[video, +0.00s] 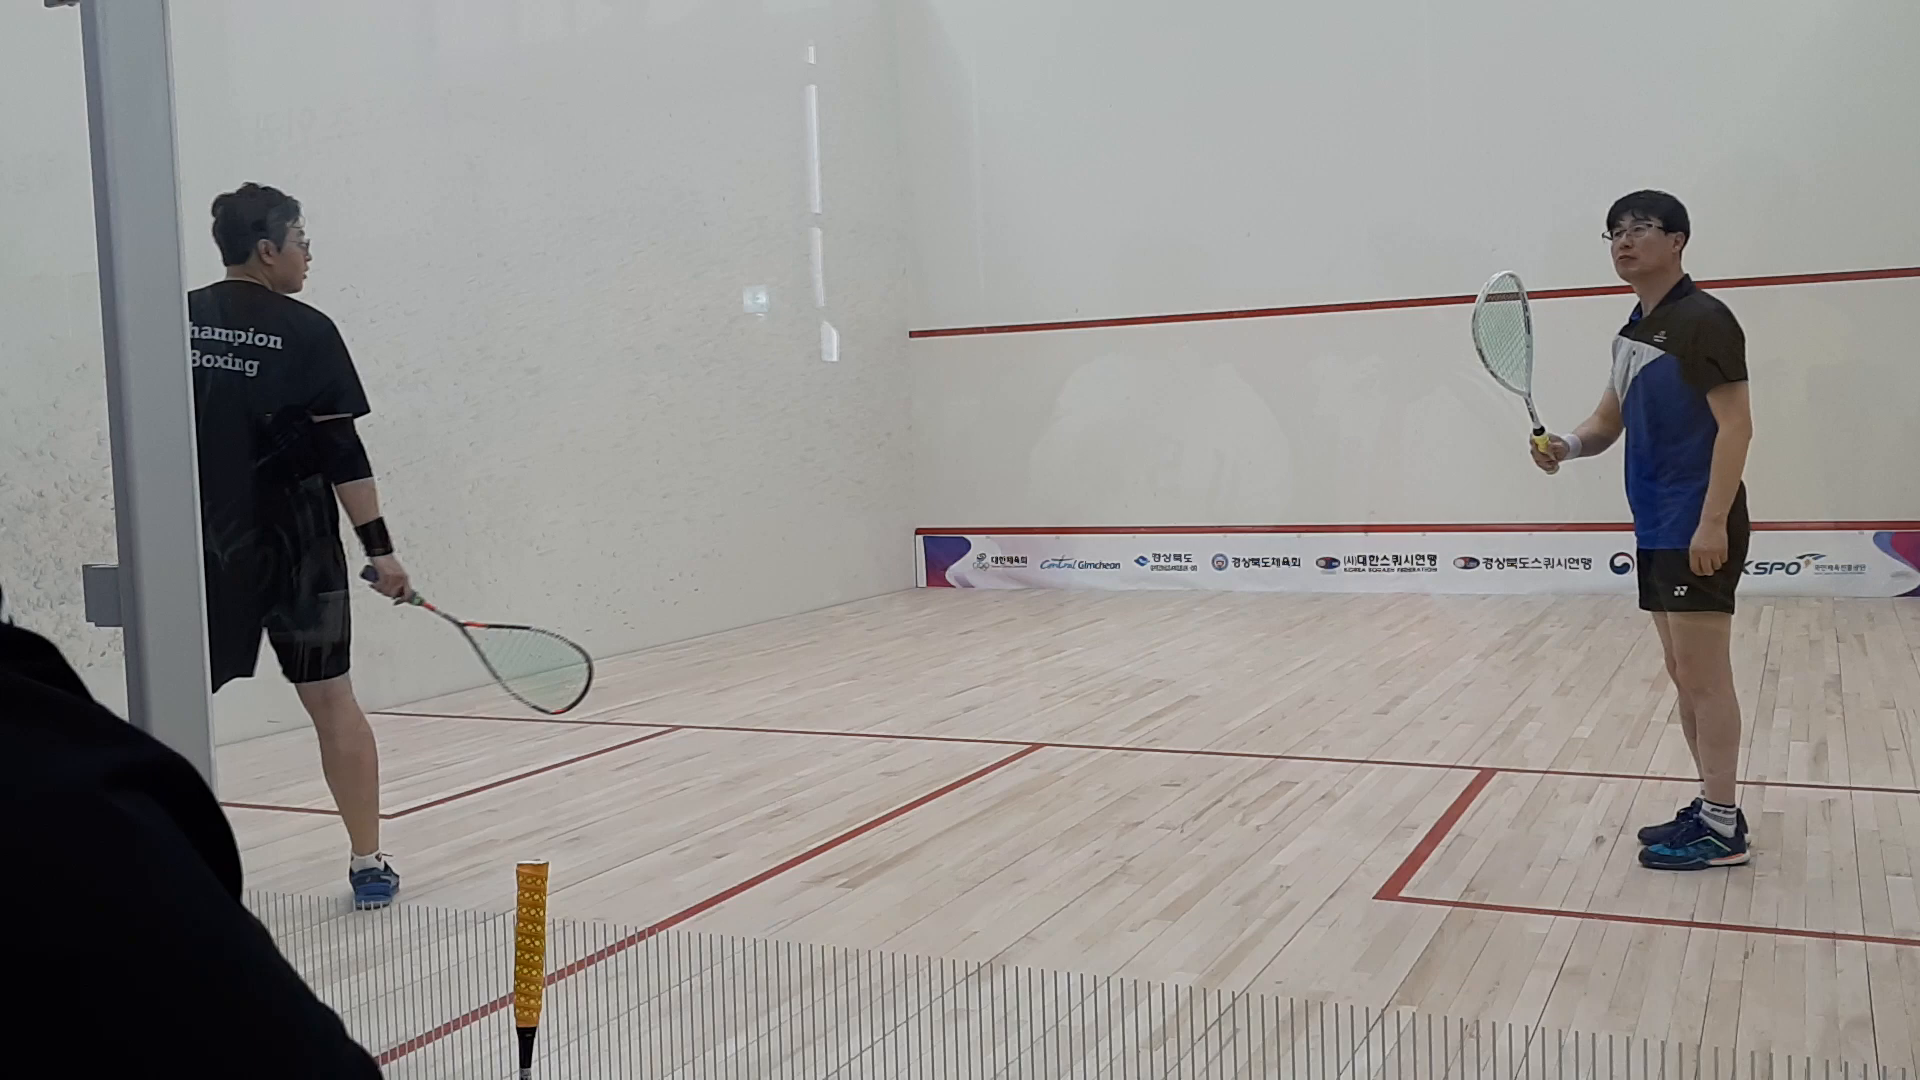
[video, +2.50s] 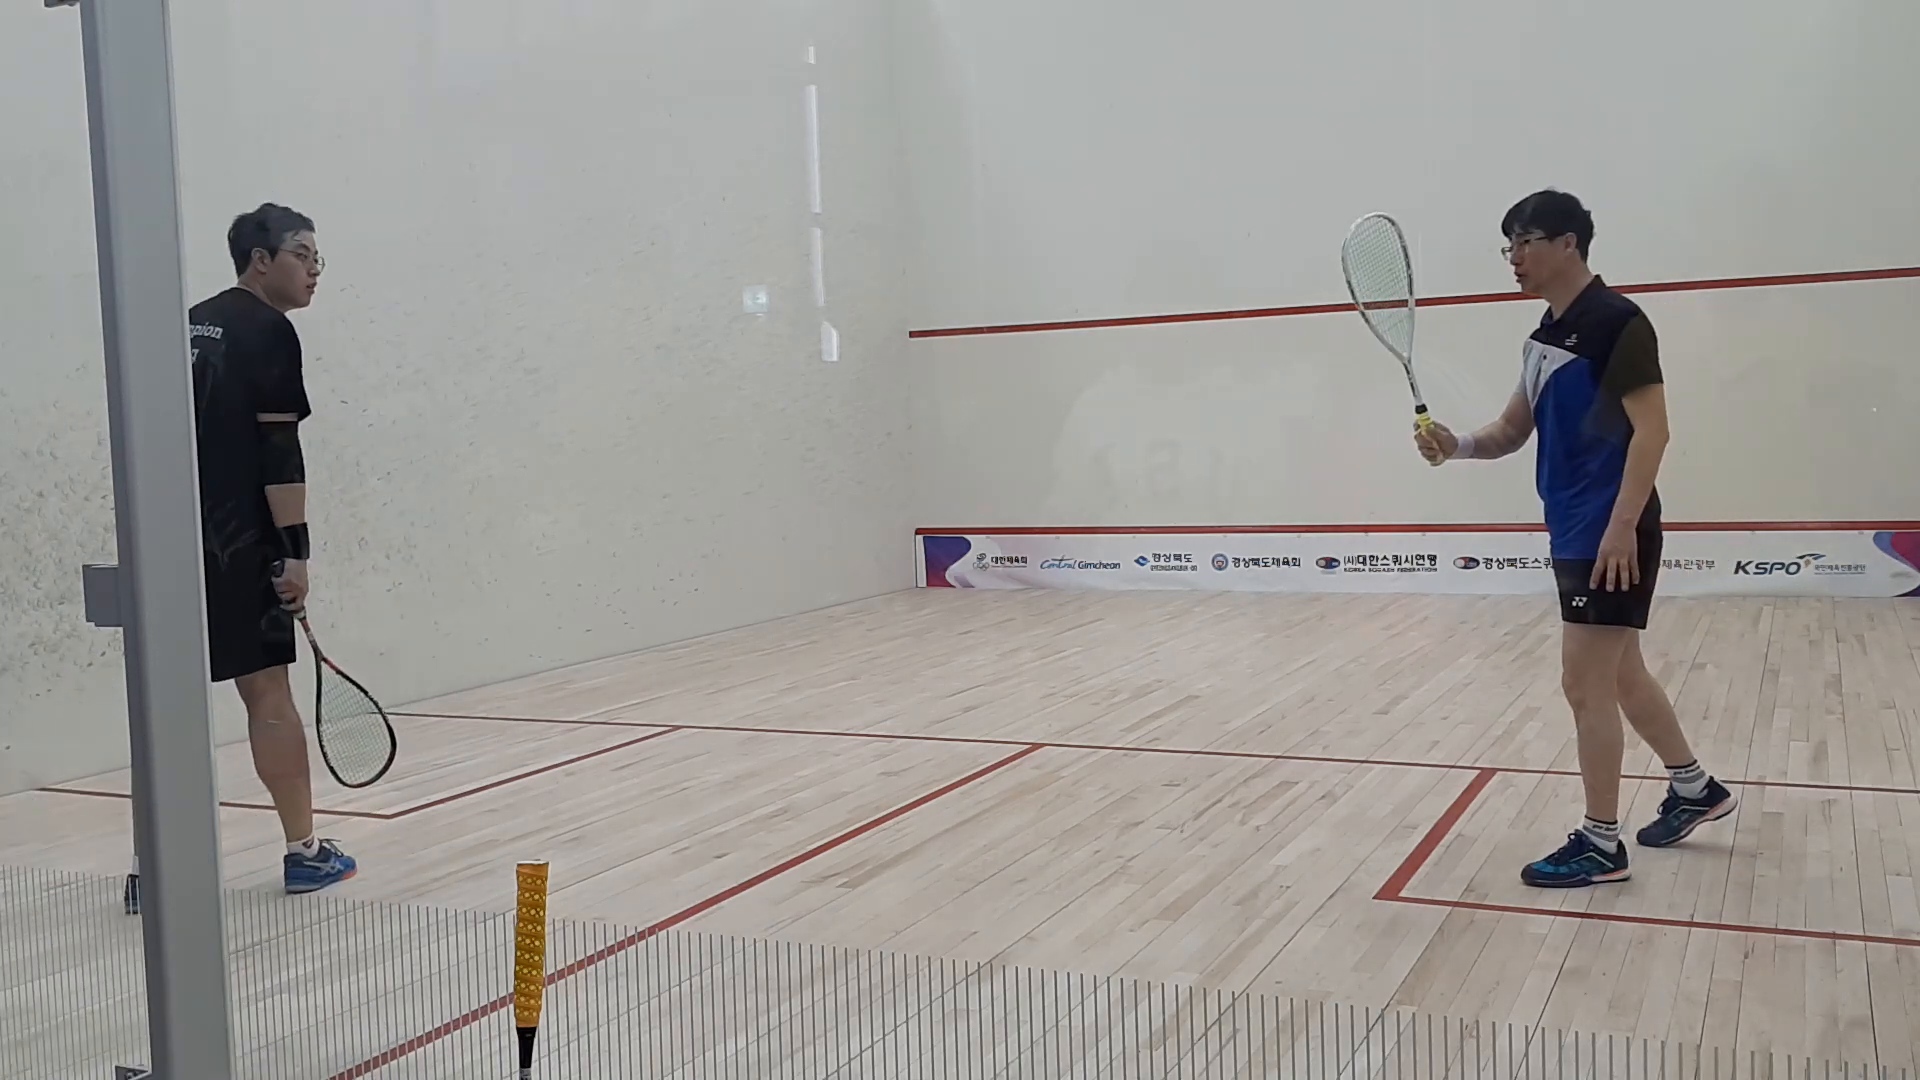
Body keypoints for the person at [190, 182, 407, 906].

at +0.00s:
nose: (309, 253)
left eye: (305, 239)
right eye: (300, 242)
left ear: (240, 252)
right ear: (264, 252)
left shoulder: (178, 316)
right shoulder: (308, 330)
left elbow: (152, 435)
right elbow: (343, 451)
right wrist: (381, 549)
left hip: (204, 546)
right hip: (300, 546)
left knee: (176, 703)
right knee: (333, 705)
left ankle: (155, 868)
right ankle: (368, 864)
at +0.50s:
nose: (411, 255)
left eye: (410, 241)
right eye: (405, 241)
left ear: (342, 242)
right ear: (373, 243)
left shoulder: (269, 296)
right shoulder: (376, 330)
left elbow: (275, 364)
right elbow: (384, 455)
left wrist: (374, 316)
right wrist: (392, 560)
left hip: (260, 537)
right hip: (342, 540)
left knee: (246, 689)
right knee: (356, 695)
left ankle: (249, 845)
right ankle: (370, 861)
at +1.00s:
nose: (440, 294)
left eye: (442, 280)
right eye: (435, 277)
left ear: (374, 269)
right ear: (394, 268)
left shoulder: (292, 307)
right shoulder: (393, 340)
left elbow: (232, 409)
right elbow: (385, 465)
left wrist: (290, 457)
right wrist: (396, 567)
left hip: (240, 534)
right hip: (322, 541)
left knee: (229, 701)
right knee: (342, 699)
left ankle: (205, 860)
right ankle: (369, 864)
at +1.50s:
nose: (305, 242)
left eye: (301, 226)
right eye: (293, 228)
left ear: (240, 242)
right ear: (251, 239)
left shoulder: (180, 313)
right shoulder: (278, 316)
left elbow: (167, 435)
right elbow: (308, 436)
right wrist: (370, 509)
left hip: (204, 549)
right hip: (289, 545)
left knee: (210, 720)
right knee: (332, 695)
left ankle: (199, 874)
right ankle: (368, 854)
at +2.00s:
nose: (261, 237)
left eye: (260, 225)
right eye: (241, 226)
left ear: (218, 248)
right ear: (200, 244)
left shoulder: (176, 317)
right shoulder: (236, 327)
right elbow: (276, 447)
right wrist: (327, 511)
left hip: (199, 546)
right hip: (264, 540)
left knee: (214, 714)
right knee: (295, 691)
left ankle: (189, 868)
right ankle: (311, 849)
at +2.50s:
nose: (316, 271)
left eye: (316, 258)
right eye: (305, 257)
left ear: (255, 265)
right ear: (260, 260)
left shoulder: (190, 320)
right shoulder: (270, 332)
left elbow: (170, 438)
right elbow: (280, 453)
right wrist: (297, 550)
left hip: (177, 543)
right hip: (242, 547)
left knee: (165, 705)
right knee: (269, 696)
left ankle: (152, 868)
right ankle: (304, 849)